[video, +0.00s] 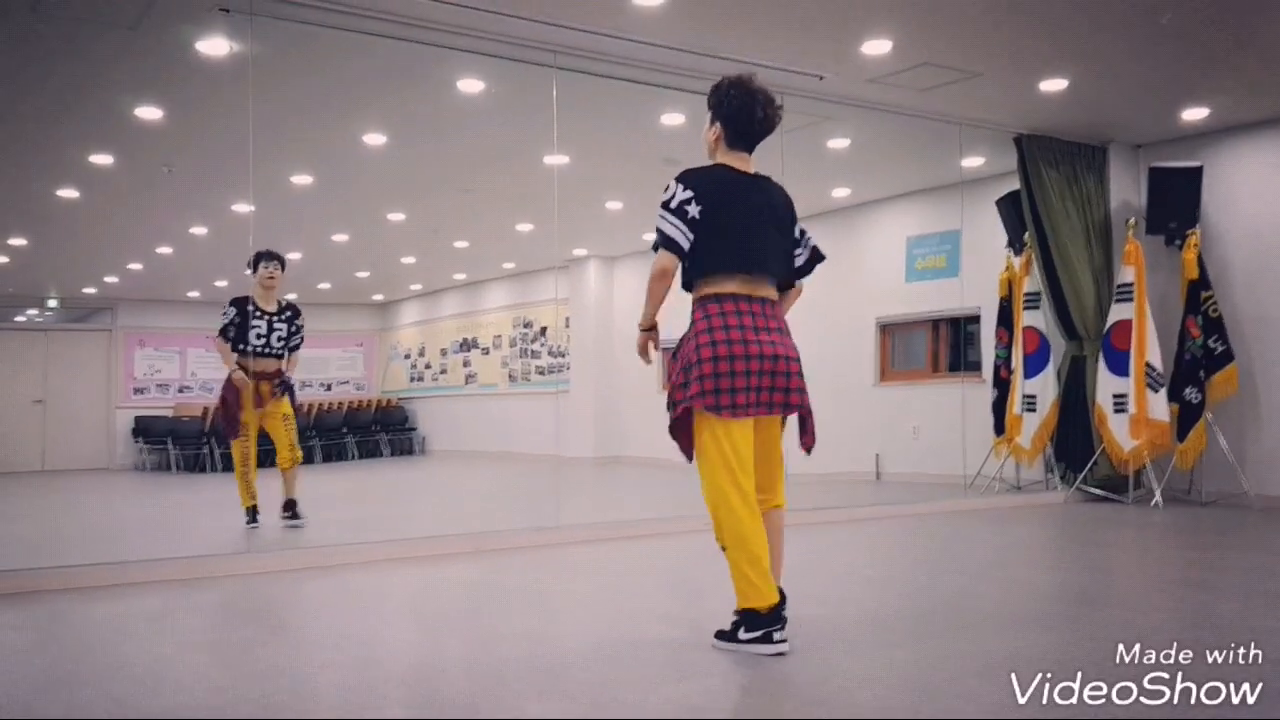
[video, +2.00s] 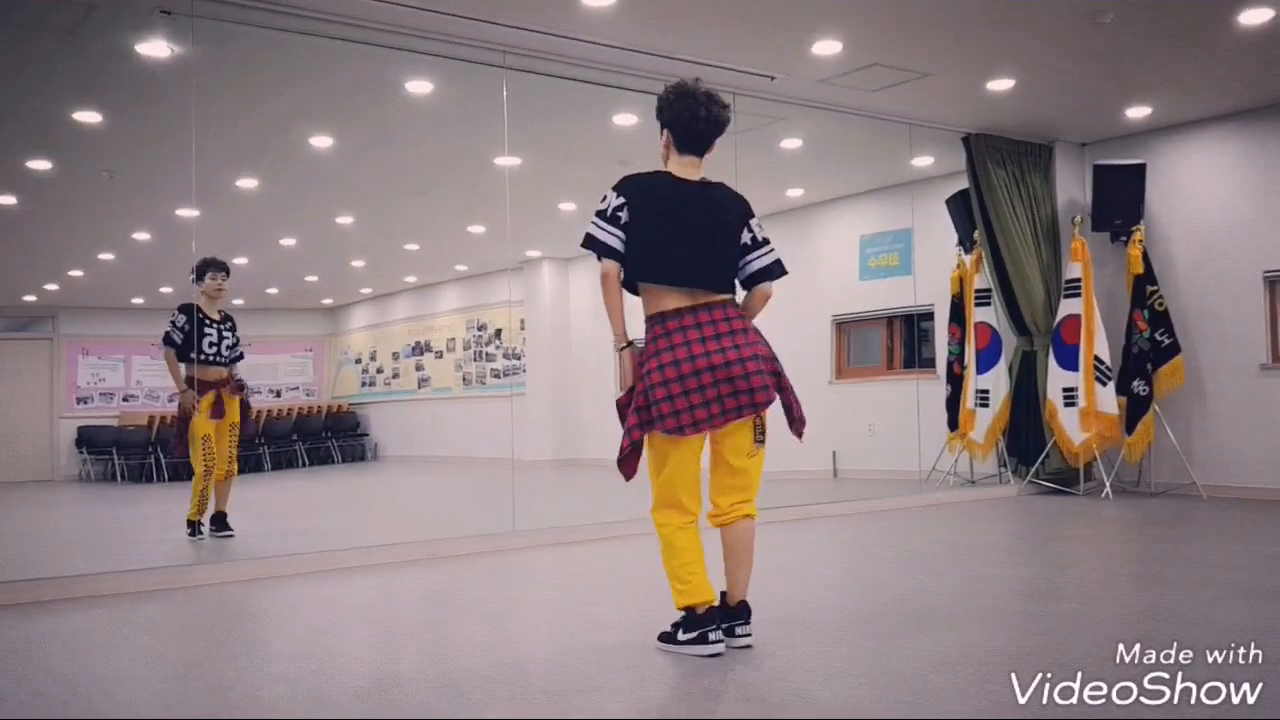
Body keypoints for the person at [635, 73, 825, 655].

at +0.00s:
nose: (704, 132)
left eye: (706, 124)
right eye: (709, 123)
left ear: (715, 131)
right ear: (759, 135)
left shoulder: (692, 184)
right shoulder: (777, 195)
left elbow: (666, 264)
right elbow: (802, 270)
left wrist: (649, 321)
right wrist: (765, 320)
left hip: (716, 335)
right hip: (772, 336)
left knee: (728, 487)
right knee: (767, 482)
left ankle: (760, 614)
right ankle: (768, 603)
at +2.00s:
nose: (660, 139)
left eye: (660, 132)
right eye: (669, 132)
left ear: (664, 137)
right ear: (716, 141)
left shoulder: (631, 193)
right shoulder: (731, 202)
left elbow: (609, 272)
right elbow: (765, 283)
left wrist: (622, 346)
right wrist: (733, 330)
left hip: (669, 351)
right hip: (735, 346)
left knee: (675, 502)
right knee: (737, 494)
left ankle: (698, 616)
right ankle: (736, 612)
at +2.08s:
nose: (654, 140)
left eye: (654, 133)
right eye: (661, 133)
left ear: (660, 138)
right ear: (710, 142)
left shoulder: (627, 195)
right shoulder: (728, 203)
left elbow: (599, 275)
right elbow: (746, 291)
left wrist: (609, 353)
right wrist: (722, 349)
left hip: (653, 351)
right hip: (717, 349)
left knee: (672, 494)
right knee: (720, 483)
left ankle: (695, 617)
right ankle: (716, 601)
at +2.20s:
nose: (650, 141)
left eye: (650, 133)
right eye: (655, 134)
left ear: (657, 137)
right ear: (707, 140)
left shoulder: (627, 196)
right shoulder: (727, 202)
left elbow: (604, 283)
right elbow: (735, 293)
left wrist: (596, 354)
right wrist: (713, 347)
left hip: (645, 349)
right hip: (711, 349)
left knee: (659, 493)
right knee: (712, 485)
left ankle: (688, 617)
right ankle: (699, 603)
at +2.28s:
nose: (648, 135)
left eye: (650, 126)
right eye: (652, 125)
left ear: (660, 131)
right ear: (705, 132)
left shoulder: (633, 187)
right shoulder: (727, 194)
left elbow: (607, 273)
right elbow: (738, 282)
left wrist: (600, 343)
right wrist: (709, 333)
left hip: (650, 339)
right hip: (714, 340)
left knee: (660, 489)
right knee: (705, 483)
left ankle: (687, 617)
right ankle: (701, 604)